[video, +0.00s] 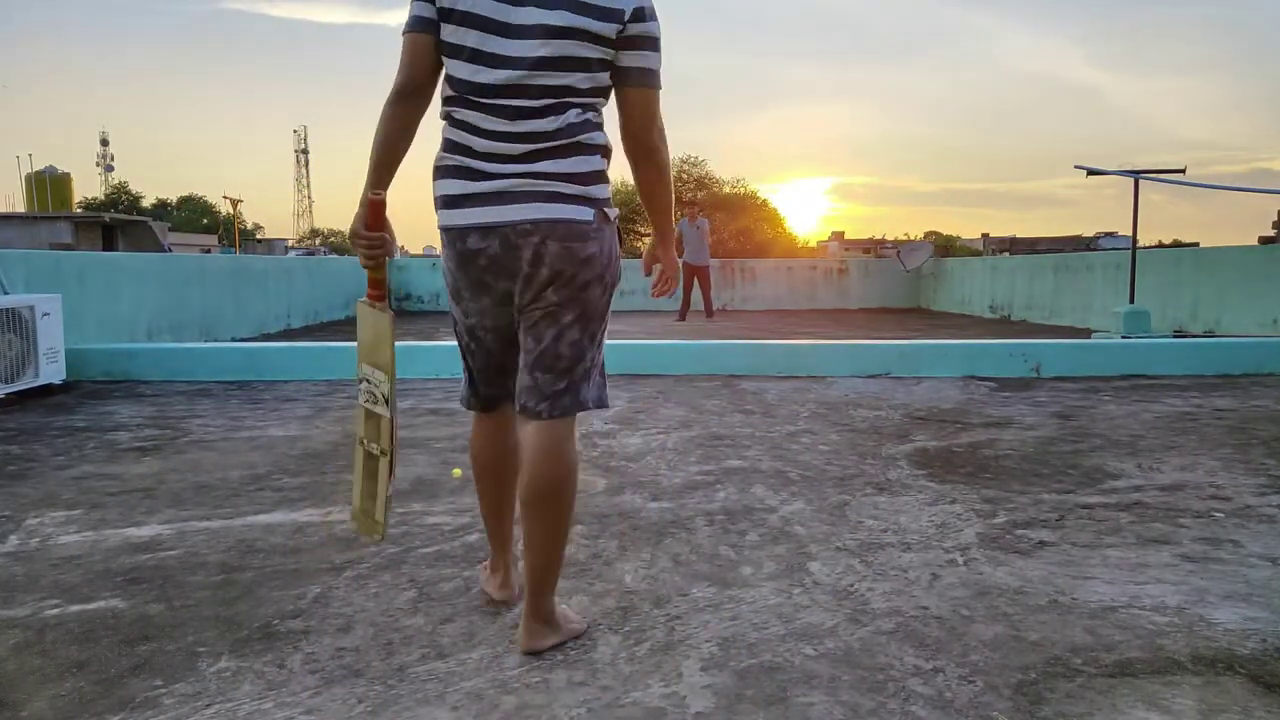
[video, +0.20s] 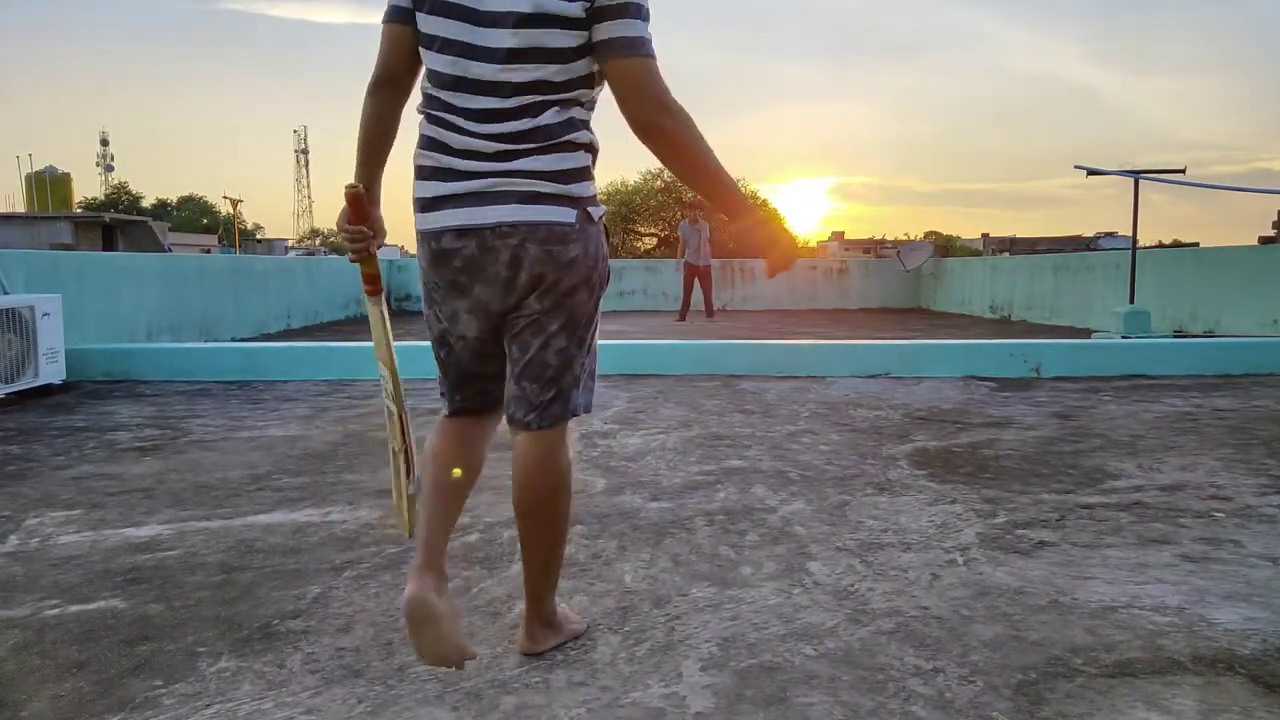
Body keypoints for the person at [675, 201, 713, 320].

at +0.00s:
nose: (691, 211)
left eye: (693, 208)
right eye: (689, 208)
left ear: (698, 209)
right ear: (686, 210)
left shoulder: (703, 222)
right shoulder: (682, 223)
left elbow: (707, 239)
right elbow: (677, 239)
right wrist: (681, 251)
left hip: (702, 261)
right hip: (688, 260)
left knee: (706, 291)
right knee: (686, 291)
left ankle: (709, 315)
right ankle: (682, 315)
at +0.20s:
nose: (692, 214)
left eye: (695, 211)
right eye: (690, 211)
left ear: (699, 212)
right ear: (687, 211)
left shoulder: (704, 225)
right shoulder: (683, 225)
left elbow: (707, 243)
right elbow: (681, 242)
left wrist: (708, 260)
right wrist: (679, 259)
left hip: (704, 262)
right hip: (689, 261)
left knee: (707, 292)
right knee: (687, 292)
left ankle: (710, 316)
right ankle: (682, 316)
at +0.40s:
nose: (693, 218)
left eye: (696, 216)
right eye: (692, 216)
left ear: (700, 218)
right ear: (690, 217)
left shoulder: (707, 231)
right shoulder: (686, 229)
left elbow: (705, 250)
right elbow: (687, 248)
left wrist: (700, 265)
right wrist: (689, 265)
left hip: (706, 263)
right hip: (691, 264)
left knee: (709, 292)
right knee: (688, 292)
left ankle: (710, 315)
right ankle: (682, 316)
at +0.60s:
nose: (699, 219)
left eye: (701, 217)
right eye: (696, 217)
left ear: (704, 217)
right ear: (693, 217)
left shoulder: (710, 229)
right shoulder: (688, 229)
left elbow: (712, 245)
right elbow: (687, 247)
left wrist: (707, 256)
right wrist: (695, 257)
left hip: (707, 264)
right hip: (692, 264)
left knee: (710, 291)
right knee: (687, 291)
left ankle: (710, 315)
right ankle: (681, 315)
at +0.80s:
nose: (700, 218)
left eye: (702, 215)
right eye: (698, 215)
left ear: (705, 216)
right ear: (694, 216)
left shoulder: (710, 229)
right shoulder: (688, 229)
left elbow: (713, 244)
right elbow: (687, 244)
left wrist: (710, 257)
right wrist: (687, 257)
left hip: (705, 263)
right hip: (690, 263)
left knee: (709, 290)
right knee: (683, 289)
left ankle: (710, 315)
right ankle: (679, 314)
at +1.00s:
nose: (693, 218)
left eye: (694, 215)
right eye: (691, 215)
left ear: (697, 215)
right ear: (686, 216)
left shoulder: (700, 227)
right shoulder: (681, 228)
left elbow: (705, 241)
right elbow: (684, 247)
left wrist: (708, 245)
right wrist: (702, 248)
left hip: (699, 264)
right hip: (685, 263)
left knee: (704, 290)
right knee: (681, 291)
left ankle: (709, 314)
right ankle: (678, 314)